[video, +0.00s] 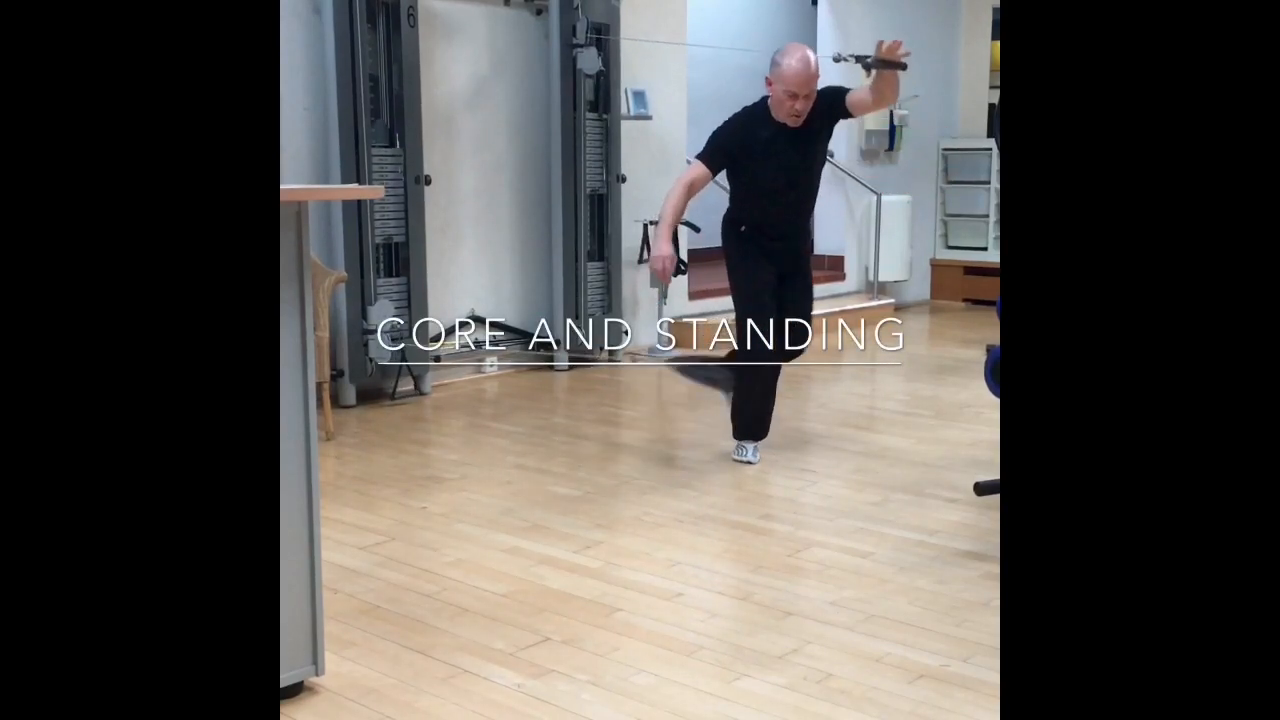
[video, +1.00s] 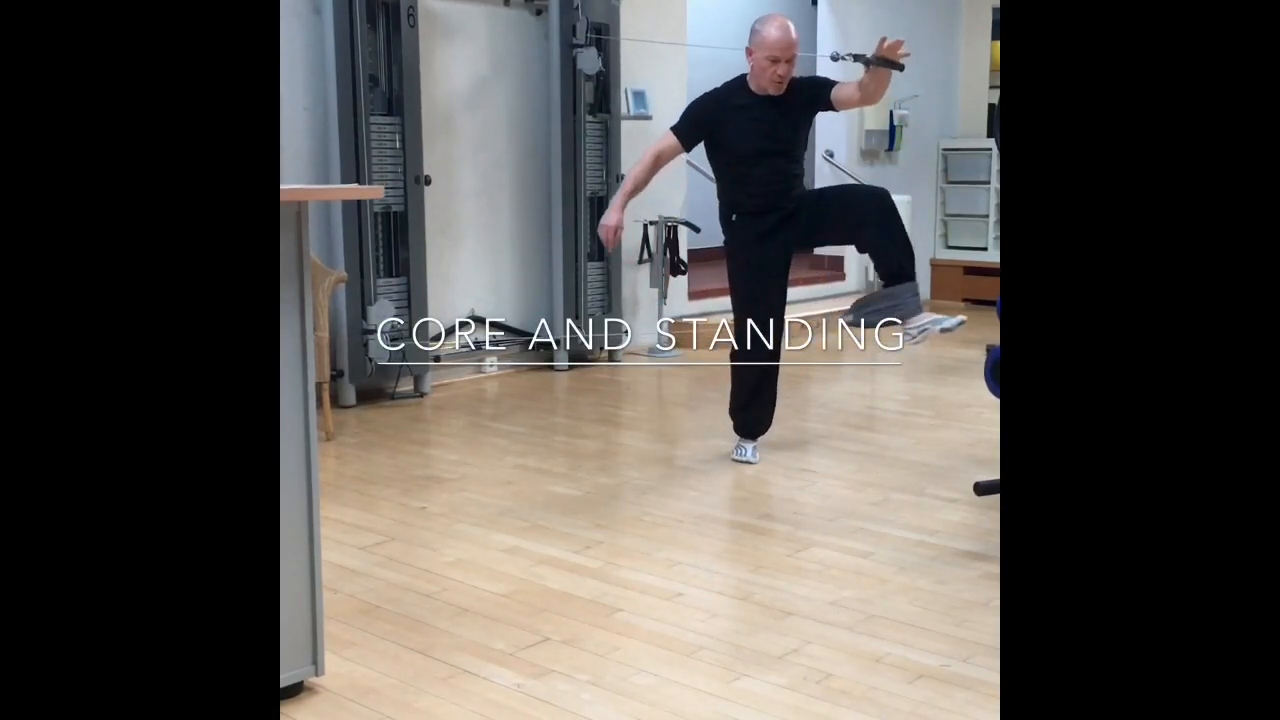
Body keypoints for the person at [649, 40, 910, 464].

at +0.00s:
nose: (800, 105)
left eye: (808, 96)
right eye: (791, 95)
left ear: (817, 86)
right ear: (769, 85)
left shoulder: (825, 107)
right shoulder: (742, 127)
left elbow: (881, 98)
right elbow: (687, 184)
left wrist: (888, 66)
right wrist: (662, 240)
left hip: (796, 243)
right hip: (747, 243)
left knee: (794, 339)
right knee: (759, 339)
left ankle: (726, 371)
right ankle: (747, 437)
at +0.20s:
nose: (795, 96)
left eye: (803, 85)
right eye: (786, 86)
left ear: (812, 76)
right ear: (763, 76)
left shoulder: (818, 95)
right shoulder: (737, 120)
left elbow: (873, 90)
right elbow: (687, 180)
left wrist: (885, 69)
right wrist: (674, 236)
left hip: (798, 232)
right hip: (748, 236)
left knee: (826, 317)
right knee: (756, 338)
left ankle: (757, 348)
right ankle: (747, 436)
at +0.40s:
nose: (791, 86)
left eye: (798, 75)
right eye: (782, 76)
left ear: (807, 66)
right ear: (759, 67)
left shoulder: (815, 89)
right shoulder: (731, 114)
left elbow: (871, 90)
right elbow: (681, 174)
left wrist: (886, 74)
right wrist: (666, 230)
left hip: (801, 223)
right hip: (752, 233)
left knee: (852, 280)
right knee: (754, 335)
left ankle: (794, 342)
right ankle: (747, 435)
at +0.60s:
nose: (788, 77)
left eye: (796, 67)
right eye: (779, 67)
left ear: (803, 61)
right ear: (755, 61)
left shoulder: (812, 89)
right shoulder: (725, 109)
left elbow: (871, 88)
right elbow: (671, 163)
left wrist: (887, 67)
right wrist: (642, 220)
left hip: (804, 217)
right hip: (754, 230)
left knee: (868, 246)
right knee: (757, 332)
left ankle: (834, 333)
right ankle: (748, 435)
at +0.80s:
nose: (788, 72)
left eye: (795, 62)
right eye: (778, 62)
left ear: (802, 57)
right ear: (755, 56)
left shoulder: (809, 89)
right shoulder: (719, 106)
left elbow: (870, 91)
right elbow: (665, 155)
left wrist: (887, 65)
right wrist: (624, 210)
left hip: (803, 213)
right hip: (753, 231)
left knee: (874, 218)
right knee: (759, 333)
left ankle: (876, 322)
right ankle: (748, 435)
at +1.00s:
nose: (784, 71)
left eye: (791, 60)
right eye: (775, 61)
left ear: (797, 56)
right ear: (750, 54)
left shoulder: (804, 92)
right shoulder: (715, 106)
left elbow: (864, 94)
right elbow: (658, 155)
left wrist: (882, 65)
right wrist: (617, 205)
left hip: (800, 213)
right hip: (750, 230)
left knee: (873, 203)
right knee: (757, 331)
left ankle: (911, 314)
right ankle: (747, 436)